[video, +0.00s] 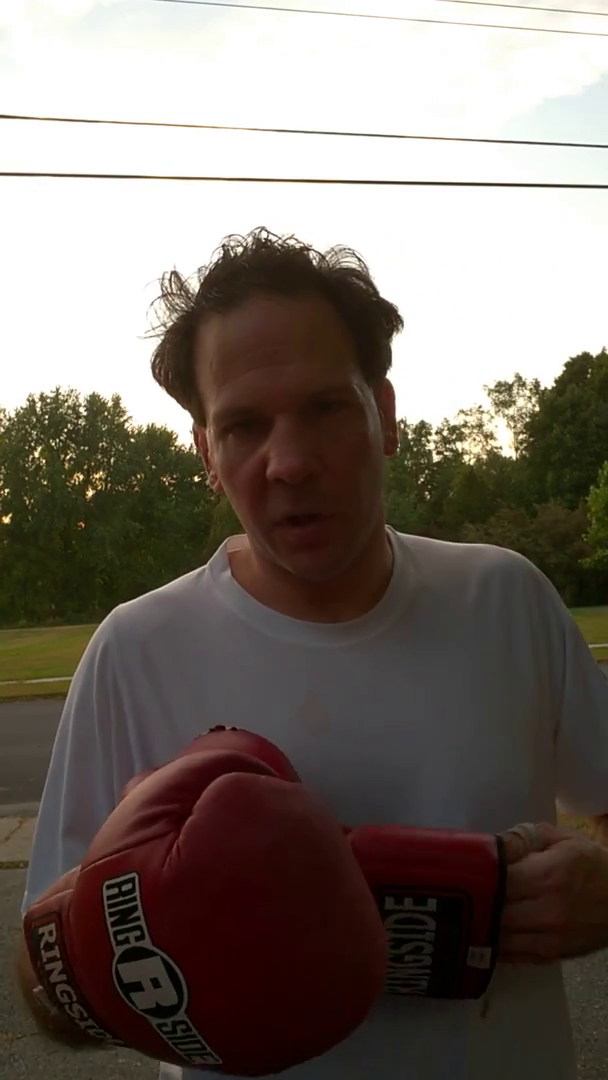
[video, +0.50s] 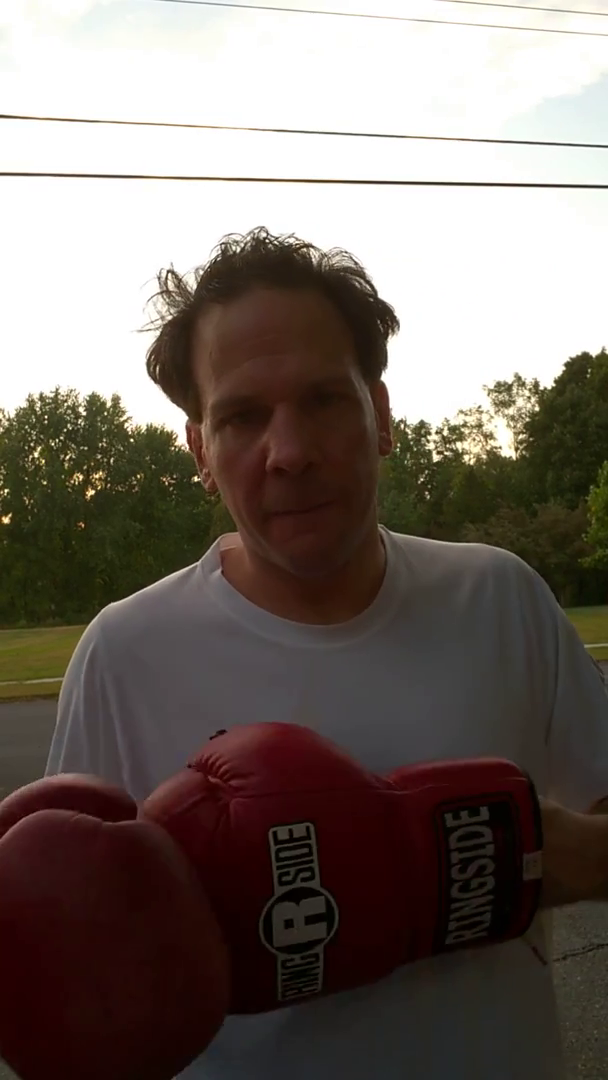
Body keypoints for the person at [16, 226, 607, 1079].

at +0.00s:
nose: (290, 462)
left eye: (325, 408)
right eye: (246, 426)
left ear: (386, 418)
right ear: (208, 458)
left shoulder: (510, 603)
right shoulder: (135, 655)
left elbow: (607, 816)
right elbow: (51, 996)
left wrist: (602, 880)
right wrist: (101, 898)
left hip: (515, 1065)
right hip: (253, 1069)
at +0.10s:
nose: (285, 461)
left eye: (320, 408)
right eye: (242, 426)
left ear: (382, 419)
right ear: (204, 460)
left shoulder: (509, 603)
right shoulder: (133, 654)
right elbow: (55, 1004)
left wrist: (592, 903)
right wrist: (107, 900)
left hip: (513, 1065)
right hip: (248, 1072)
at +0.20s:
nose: (283, 461)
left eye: (318, 408)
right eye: (240, 426)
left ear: (381, 421)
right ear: (203, 462)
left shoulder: (507, 601)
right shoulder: (133, 654)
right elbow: (56, 1011)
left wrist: (578, 899)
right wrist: (113, 884)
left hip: (512, 1066)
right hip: (246, 1072)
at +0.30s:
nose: (283, 461)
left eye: (317, 408)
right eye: (239, 426)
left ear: (380, 422)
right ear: (202, 462)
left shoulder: (506, 601)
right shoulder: (131, 655)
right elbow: (49, 1006)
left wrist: (577, 892)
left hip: (509, 1066)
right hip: (241, 1071)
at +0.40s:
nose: (285, 457)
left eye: (319, 404)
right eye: (240, 422)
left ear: (381, 419)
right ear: (202, 459)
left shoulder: (507, 604)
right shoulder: (128, 653)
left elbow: (602, 836)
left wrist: (550, 854)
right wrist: (54, 871)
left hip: (509, 1064)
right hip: (234, 1069)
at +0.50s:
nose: (288, 452)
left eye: (323, 401)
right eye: (243, 416)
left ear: (382, 420)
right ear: (202, 454)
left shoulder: (503, 603)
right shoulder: (124, 655)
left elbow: (603, 829)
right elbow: (67, 925)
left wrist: (550, 846)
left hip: (503, 1065)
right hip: (225, 1068)